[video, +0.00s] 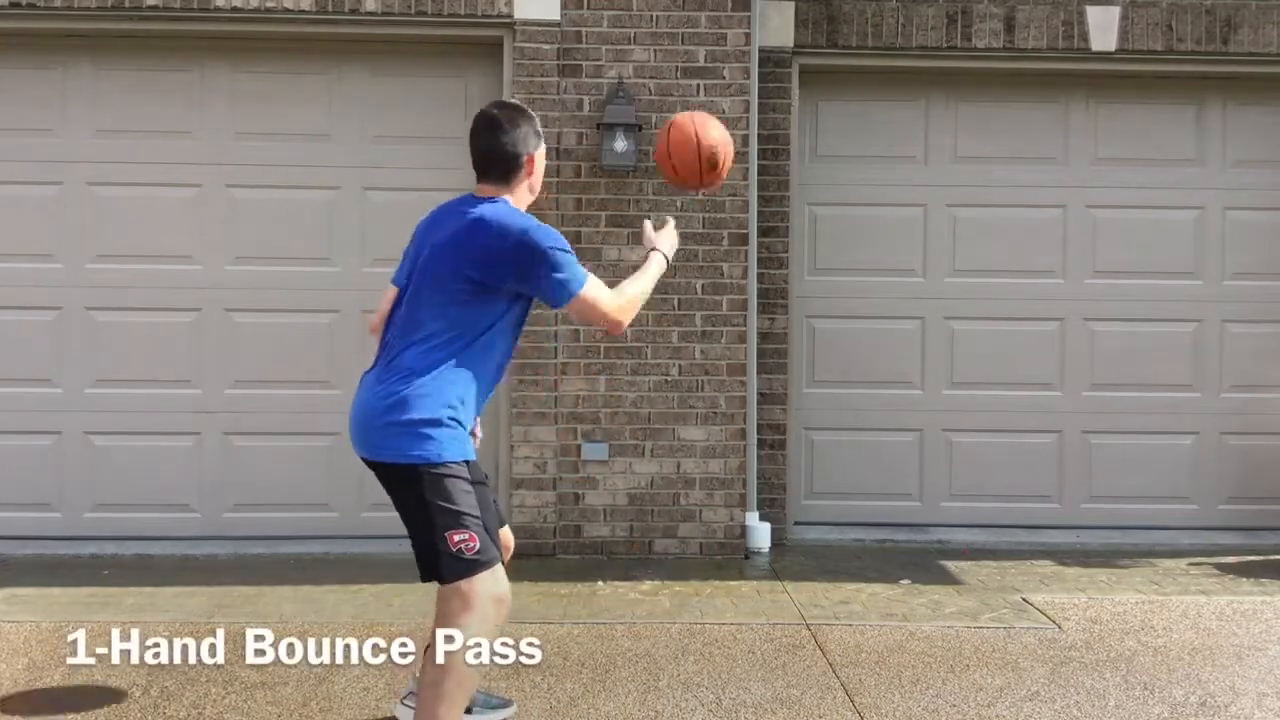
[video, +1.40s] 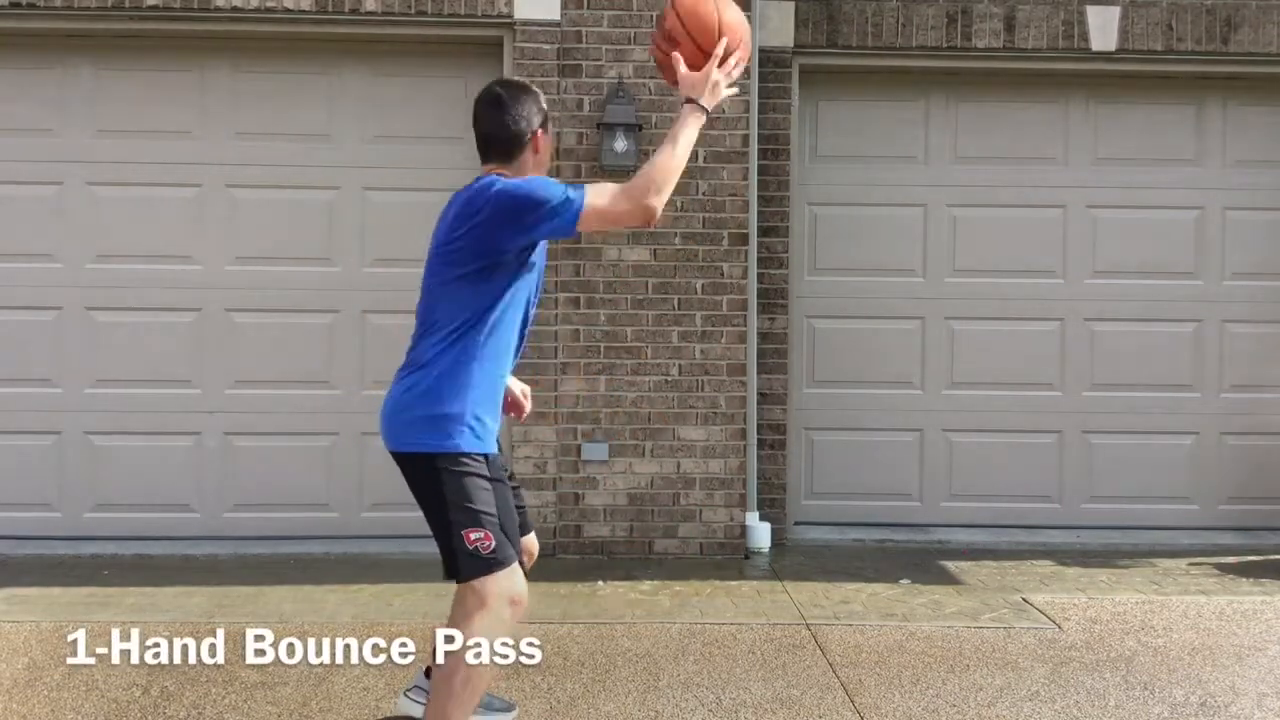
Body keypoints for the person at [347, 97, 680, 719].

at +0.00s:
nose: (544, 166)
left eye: (541, 156)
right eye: (543, 157)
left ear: (477, 160)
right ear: (533, 165)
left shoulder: (440, 220)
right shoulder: (522, 235)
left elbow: (383, 319)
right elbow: (614, 313)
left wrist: (449, 406)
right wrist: (659, 256)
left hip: (387, 416)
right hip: (425, 425)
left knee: (494, 542)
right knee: (483, 593)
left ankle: (431, 693)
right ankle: (436, 712)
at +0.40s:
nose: (573, 192)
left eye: (571, 181)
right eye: (574, 181)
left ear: (509, 173)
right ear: (566, 187)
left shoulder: (484, 230)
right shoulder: (499, 245)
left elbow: (404, 283)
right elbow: (576, 345)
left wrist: (405, 363)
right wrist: (648, 278)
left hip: (440, 425)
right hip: (418, 426)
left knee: (513, 551)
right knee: (475, 591)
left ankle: (430, 689)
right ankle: (432, 710)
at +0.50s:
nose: (581, 209)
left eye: (583, 197)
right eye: (582, 198)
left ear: (516, 187)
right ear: (570, 206)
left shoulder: (482, 233)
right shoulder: (515, 275)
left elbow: (405, 288)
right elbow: (551, 403)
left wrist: (421, 361)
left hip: (439, 430)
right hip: (422, 436)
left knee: (520, 552)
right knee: (480, 594)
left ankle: (431, 688)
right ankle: (433, 711)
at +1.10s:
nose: (564, 182)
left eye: (562, 172)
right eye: (563, 173)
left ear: (496, 174)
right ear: (556, 182)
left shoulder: (461, 231)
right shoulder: (524, 253)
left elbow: (405, 329)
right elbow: (582, 367)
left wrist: (471, 390)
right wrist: (622, 317)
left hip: (432, 430)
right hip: (441, 440)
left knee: (525, 554)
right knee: (507, 606)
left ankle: (437, 686)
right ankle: (453, 711)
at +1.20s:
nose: (552, 159)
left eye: (547, 150)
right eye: (552, 150)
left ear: (485, 158)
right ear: (543, 160)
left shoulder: (459, 220)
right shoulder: (521, 231)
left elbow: (408, 321)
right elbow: (626, 297)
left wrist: (483, 395)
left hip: (447, 428)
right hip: (444, 436)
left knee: (521, 555)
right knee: (510, 606)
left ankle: (437, 686)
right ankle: (450, 712)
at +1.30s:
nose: (549, 147)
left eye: (547, 138)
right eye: (547, 138)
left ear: (480, 148)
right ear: (536, 146)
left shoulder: (463, 209)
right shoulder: (518, 207)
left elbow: (423, 316)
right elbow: (645, 223)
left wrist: (491, 383)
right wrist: (676, 139)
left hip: (450, 423)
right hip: (444, 432)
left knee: (518, 553)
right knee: (498, 602)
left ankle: (434, 687)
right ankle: (449, 713)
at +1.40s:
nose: (552, 141)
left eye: (547, 129)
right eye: (549, 129)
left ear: (484, 139)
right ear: (538, 137)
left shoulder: (481, 201)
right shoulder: (507, 198)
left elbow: (448, 317)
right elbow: (642, 202)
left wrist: (493, 379)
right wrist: (697, 107)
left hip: (464, 420)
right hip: (440, 424)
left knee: (519, 551)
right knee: (498, 599)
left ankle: (439, 683)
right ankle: (446, 710)